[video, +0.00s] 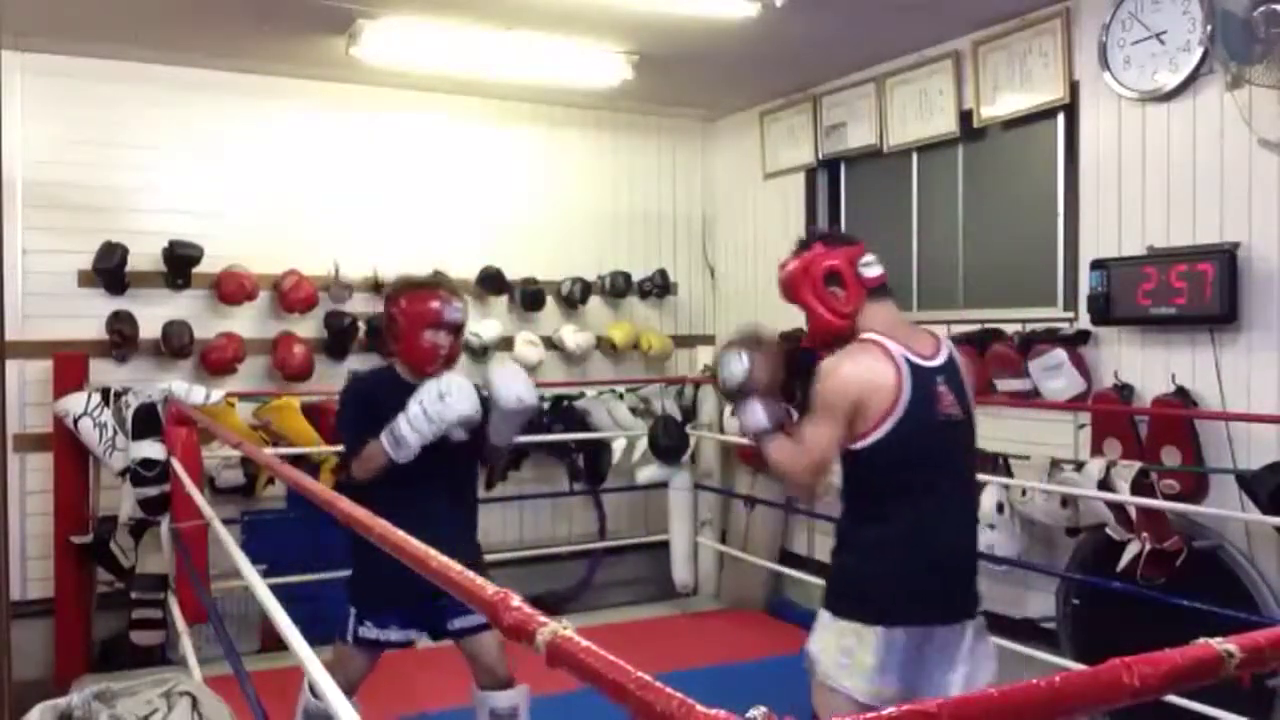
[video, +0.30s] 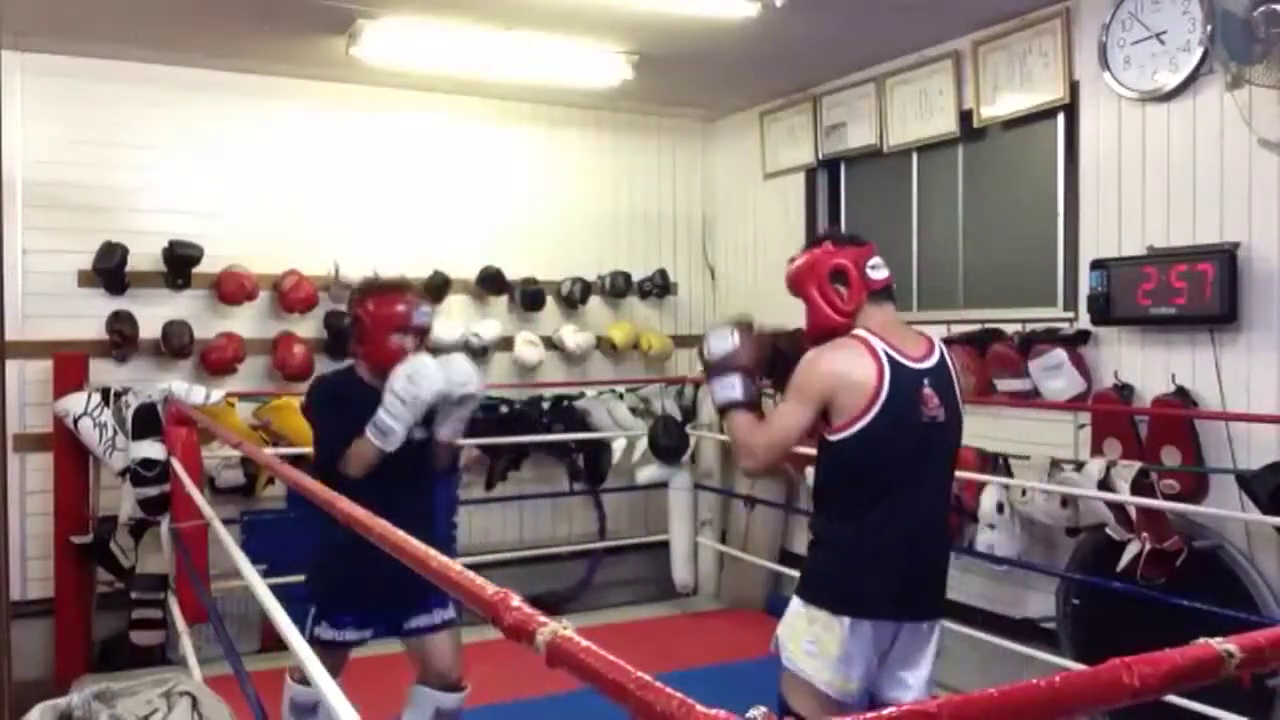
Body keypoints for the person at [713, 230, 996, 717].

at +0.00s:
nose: (807, 320)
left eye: (807, 305)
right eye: (802, 307)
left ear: (836, 292)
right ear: (868, 280)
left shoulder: (850, 370)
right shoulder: (946, 352)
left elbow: (800, 469)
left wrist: (756, 406)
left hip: (873, 602)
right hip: (953, 593)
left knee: (840, 707)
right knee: (943, 715)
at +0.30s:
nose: (809, 316)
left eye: (809, 301)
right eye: (805, 303)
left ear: (840, 291)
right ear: (879, 284)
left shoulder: (832, 362)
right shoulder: (935, 352)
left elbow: (755, 454)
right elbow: (879, 439)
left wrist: (730, 382)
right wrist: (795, 368)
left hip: (848, 586)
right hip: (923, 583)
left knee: (807, 702)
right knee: (902, 709)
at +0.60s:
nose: (803, 320)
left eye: (804, 305)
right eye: (799, 306)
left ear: (836, 294)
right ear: (853, 288)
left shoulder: (855, 364)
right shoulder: (913, 358)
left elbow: (787, 460)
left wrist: (754, 383)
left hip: (842, 578)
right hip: (908, 577)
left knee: (731, 695)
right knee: (879, 707)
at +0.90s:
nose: (759, 338)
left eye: (759, 324)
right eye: (754, 326)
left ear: (788, 311)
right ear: (804, 302)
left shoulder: (833, 384)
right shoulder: (863, 363)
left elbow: (762, 474)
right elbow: (778, 448)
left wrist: (718, 404)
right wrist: (744, 389)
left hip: (810, 589)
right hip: (869, 586)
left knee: (723, 705)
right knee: (859, 709)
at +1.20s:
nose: (805, 322)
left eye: (809, 306)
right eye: (804, 306)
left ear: (837, 298)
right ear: (871, 297)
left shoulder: (829, 365)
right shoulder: (916, 370)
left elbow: (799, 475)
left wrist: (741, 425)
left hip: (806, 584)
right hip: (879, 587)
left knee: (716, 702)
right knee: (867, 712)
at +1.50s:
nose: (752, 337)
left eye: (753, 324)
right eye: (748, 326)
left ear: (787, 313)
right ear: (801, 309)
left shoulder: (820, 389)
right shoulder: (855, 375)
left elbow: (751, 481)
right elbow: (775, 460)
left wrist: (720, 402)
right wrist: (740, 395)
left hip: (794, 596)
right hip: (856, 596)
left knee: (684, 690)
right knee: (850, 710)